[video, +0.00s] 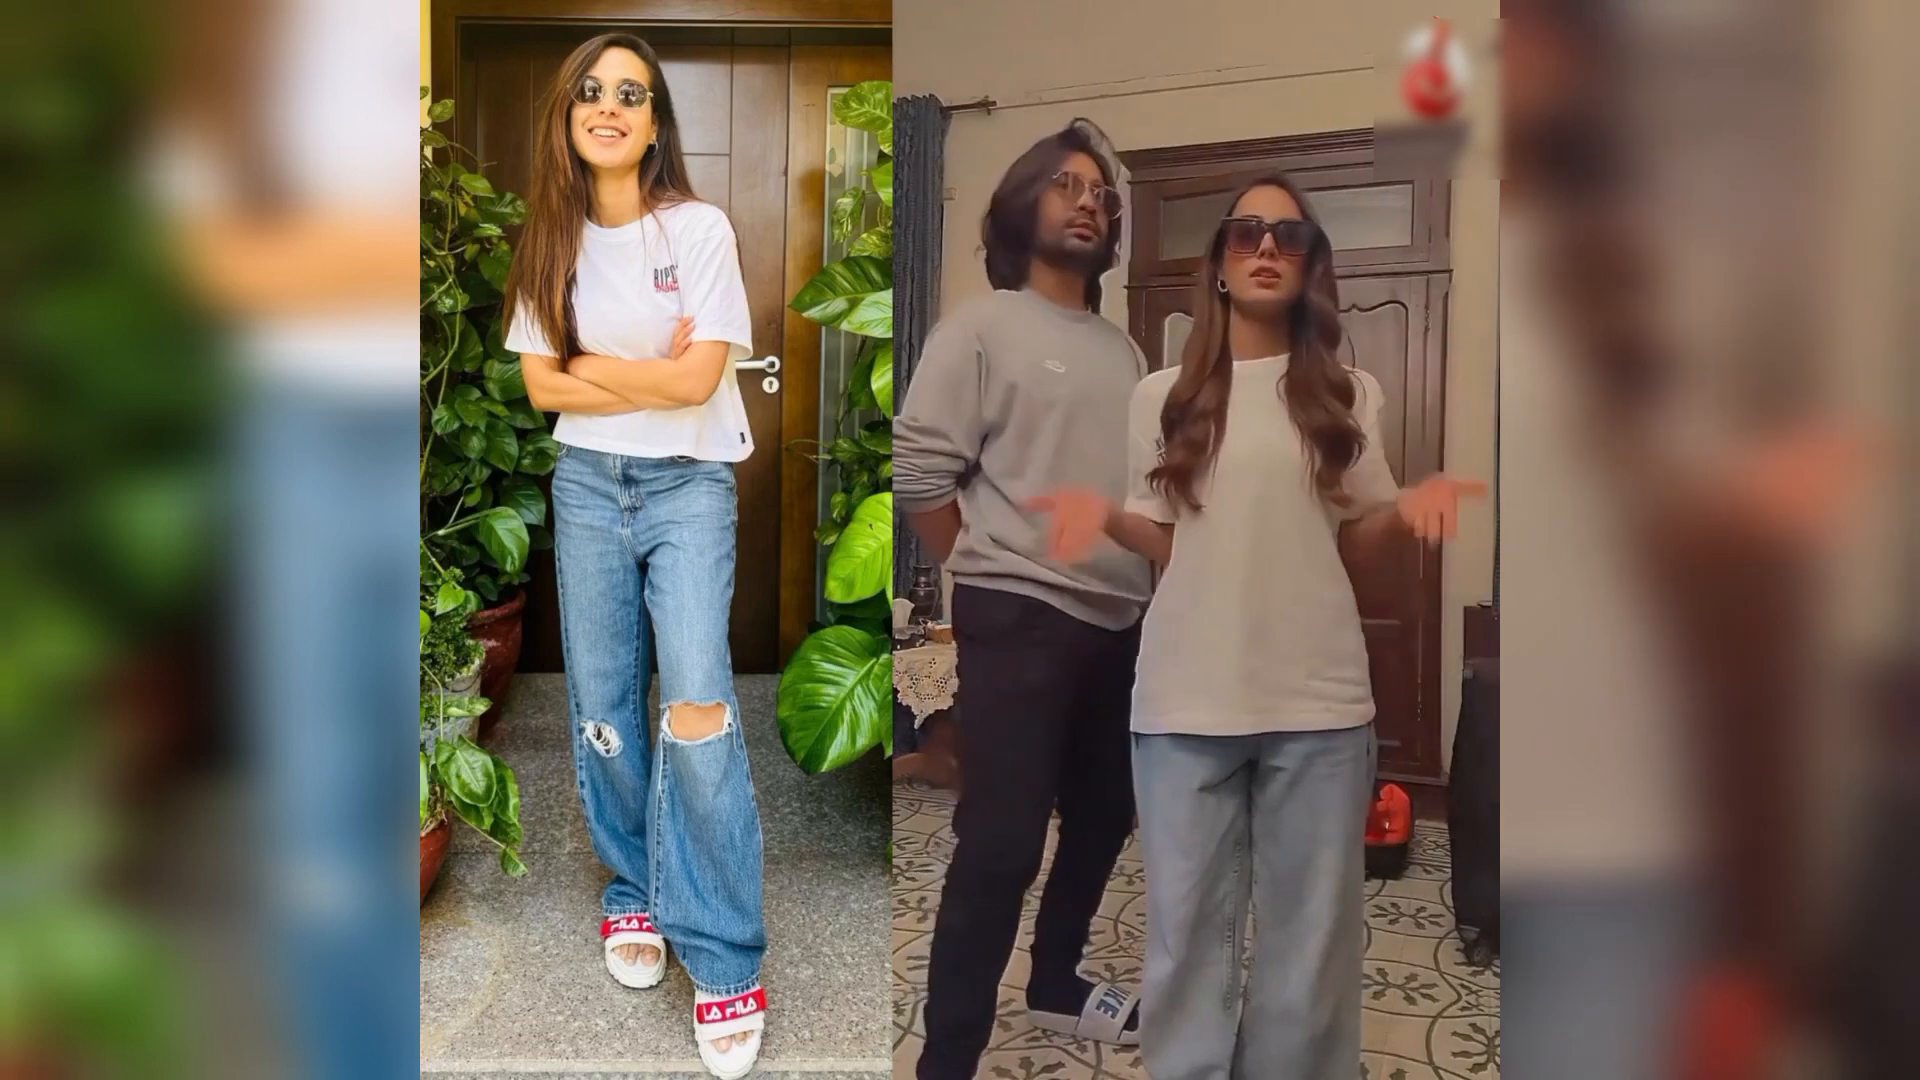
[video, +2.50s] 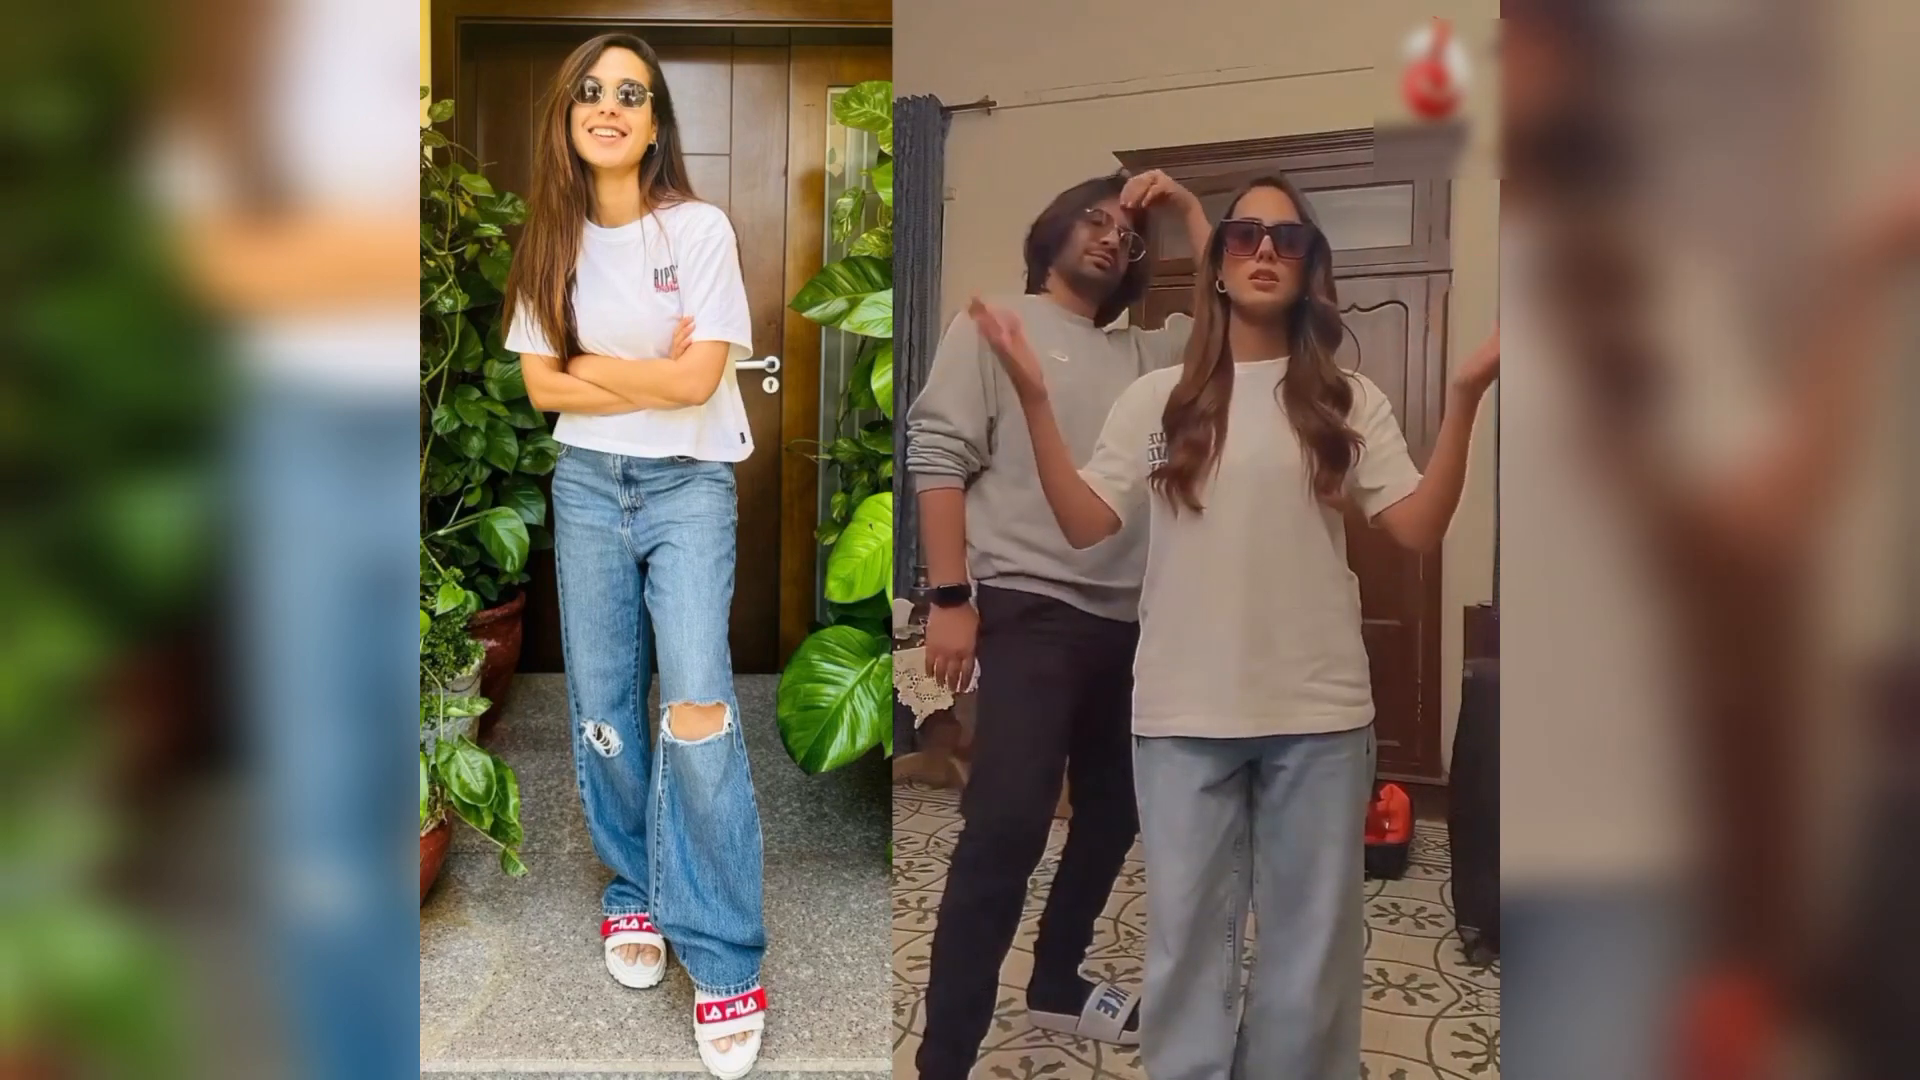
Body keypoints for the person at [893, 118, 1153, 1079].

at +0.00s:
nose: (1087, 204)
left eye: (1100, 193)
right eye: (1066, 187)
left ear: (1113, 222)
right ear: (1020, 205)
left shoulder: (1123, 350)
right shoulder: (978, 326)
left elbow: (1141, 484)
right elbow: (919, 478)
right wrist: (985, 587)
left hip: (1112, 618)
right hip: (1013, 610)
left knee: (1103, 812)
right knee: (1001, 842)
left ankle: (1055, 987)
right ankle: (948, 1061)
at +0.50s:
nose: (1105, 218)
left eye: (1119, 207)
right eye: (1085, 204)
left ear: (1134, 233)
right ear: (1045, 225)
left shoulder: (1152, 361)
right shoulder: (994, 337)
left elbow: (1172, 496)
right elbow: (930, 464)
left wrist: (1162, 598)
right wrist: (952, 586)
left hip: (1124, 621)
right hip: (1009, 611)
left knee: (1112, 821)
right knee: (987, 840)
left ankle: (1057, 990)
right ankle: (942, 1062)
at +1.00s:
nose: (1103, 242)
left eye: (1112, 232)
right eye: (1083, 230)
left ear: (1125, 258)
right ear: (1043, 255)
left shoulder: (1154, 373)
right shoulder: (1007, 353)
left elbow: (1186, 493)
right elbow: (954, 453)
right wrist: (884, 448)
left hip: (1129, 621)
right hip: (1025, 606)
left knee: (1125, 831)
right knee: (995, 828)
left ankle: (1057, 989)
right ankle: (943, 1062)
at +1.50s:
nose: (1137, 225)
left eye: (1136, 213)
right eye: (1115, 210)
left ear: (1128, 238)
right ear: (1063, 226)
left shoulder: (1121, 355)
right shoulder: (996, 326)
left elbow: (1129, 487)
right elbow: (941, 464)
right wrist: (938, 597)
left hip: (1112, 614)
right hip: (1020, 606)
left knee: (1105, 812)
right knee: (1002, 830)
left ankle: (1056, 991)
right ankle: (948, 1061)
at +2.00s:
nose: (1129, 243)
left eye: (1130, 228)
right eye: (1120, 228)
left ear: (1057, 236)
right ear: (1081, 235)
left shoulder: (1125, 345)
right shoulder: (993, 321)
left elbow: (1212, 369)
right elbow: (941, 461)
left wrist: (1182, 263)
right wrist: (947, 602)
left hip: (1123, 621)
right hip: (1026, 614)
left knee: (1101, 814)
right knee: (1001, 836)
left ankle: (1055, 992)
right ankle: (946, 1058)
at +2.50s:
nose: (1113, 236)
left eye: (1128, 231)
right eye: (1098, 218)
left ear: (1135, 262)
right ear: (1054, 232)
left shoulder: (1146, 346)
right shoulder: (995, 325)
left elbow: (1224, 324)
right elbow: (937, 456)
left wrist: (1189, 220)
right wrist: (950, 596)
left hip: (1128, 621)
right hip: (1025, 610)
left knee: (1110, 816)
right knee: (1005, 830)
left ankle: (1057, 992)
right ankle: (945, 1058)